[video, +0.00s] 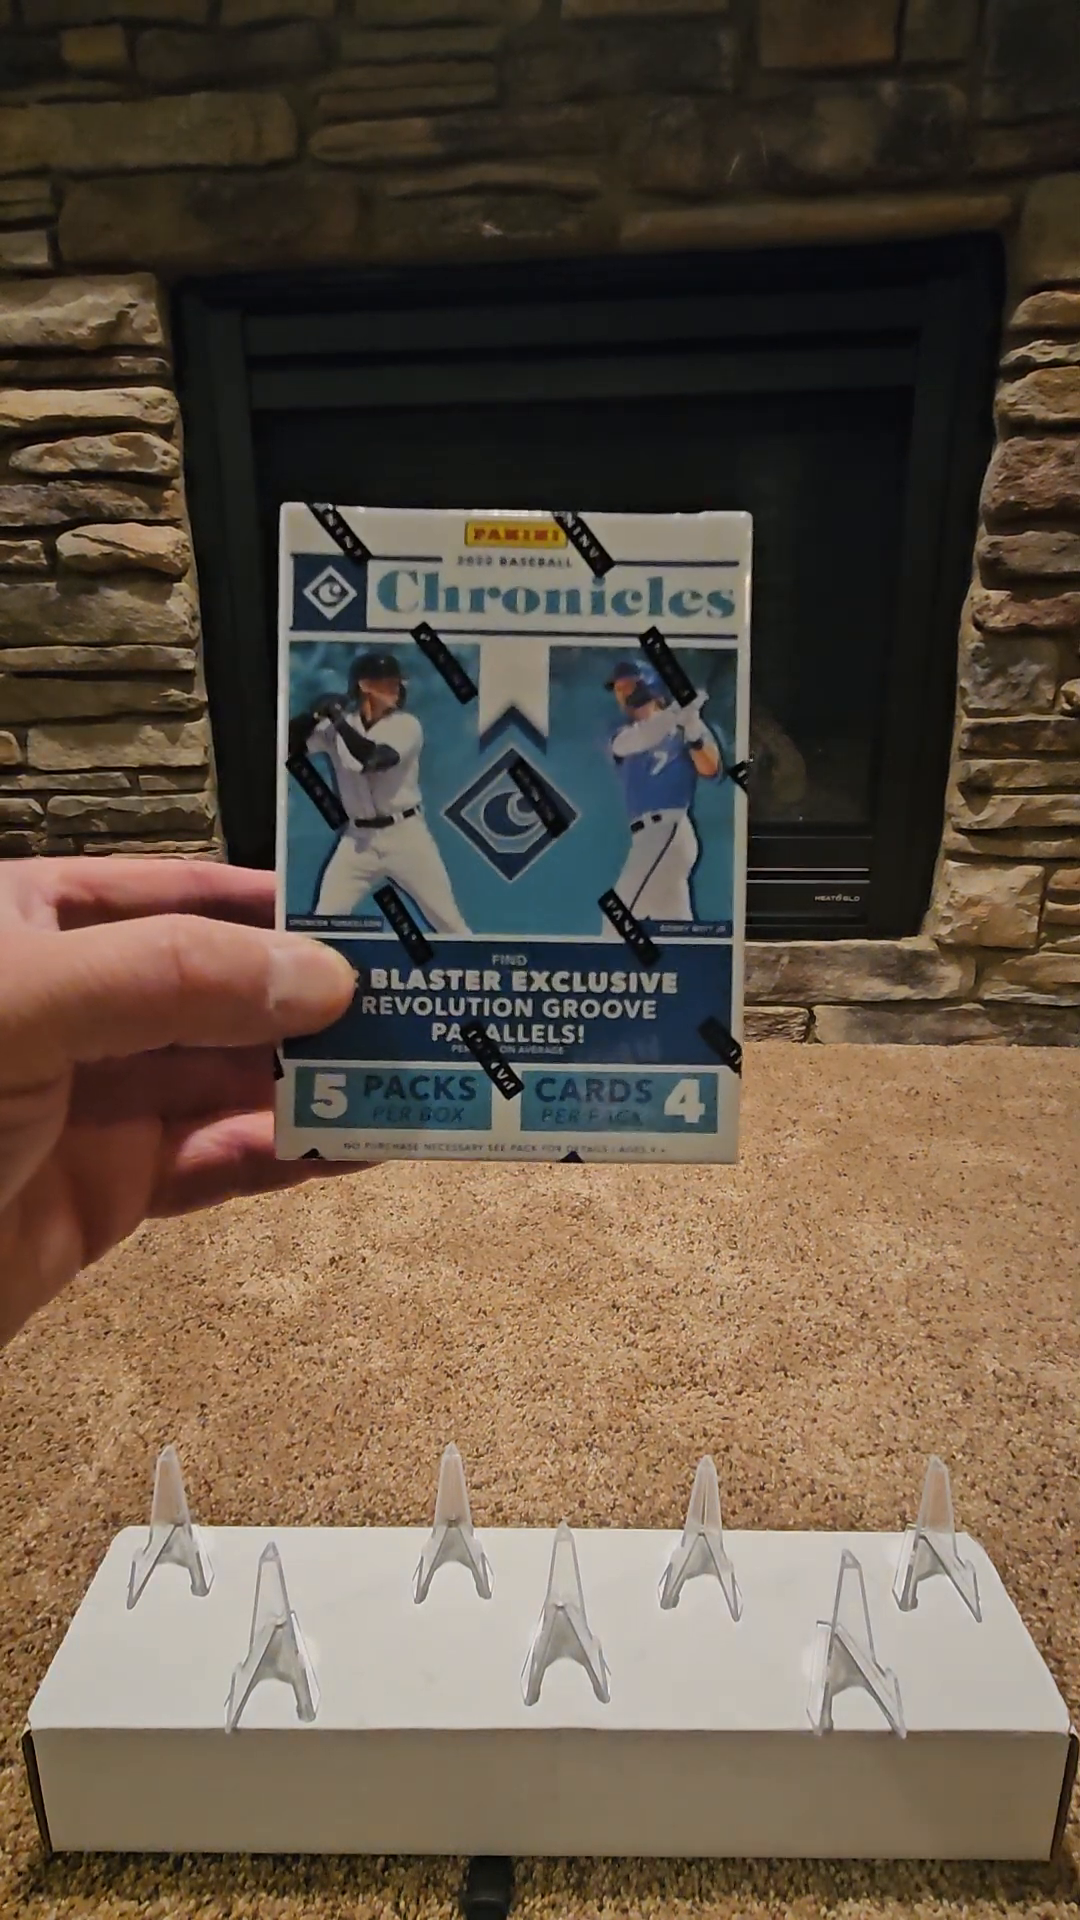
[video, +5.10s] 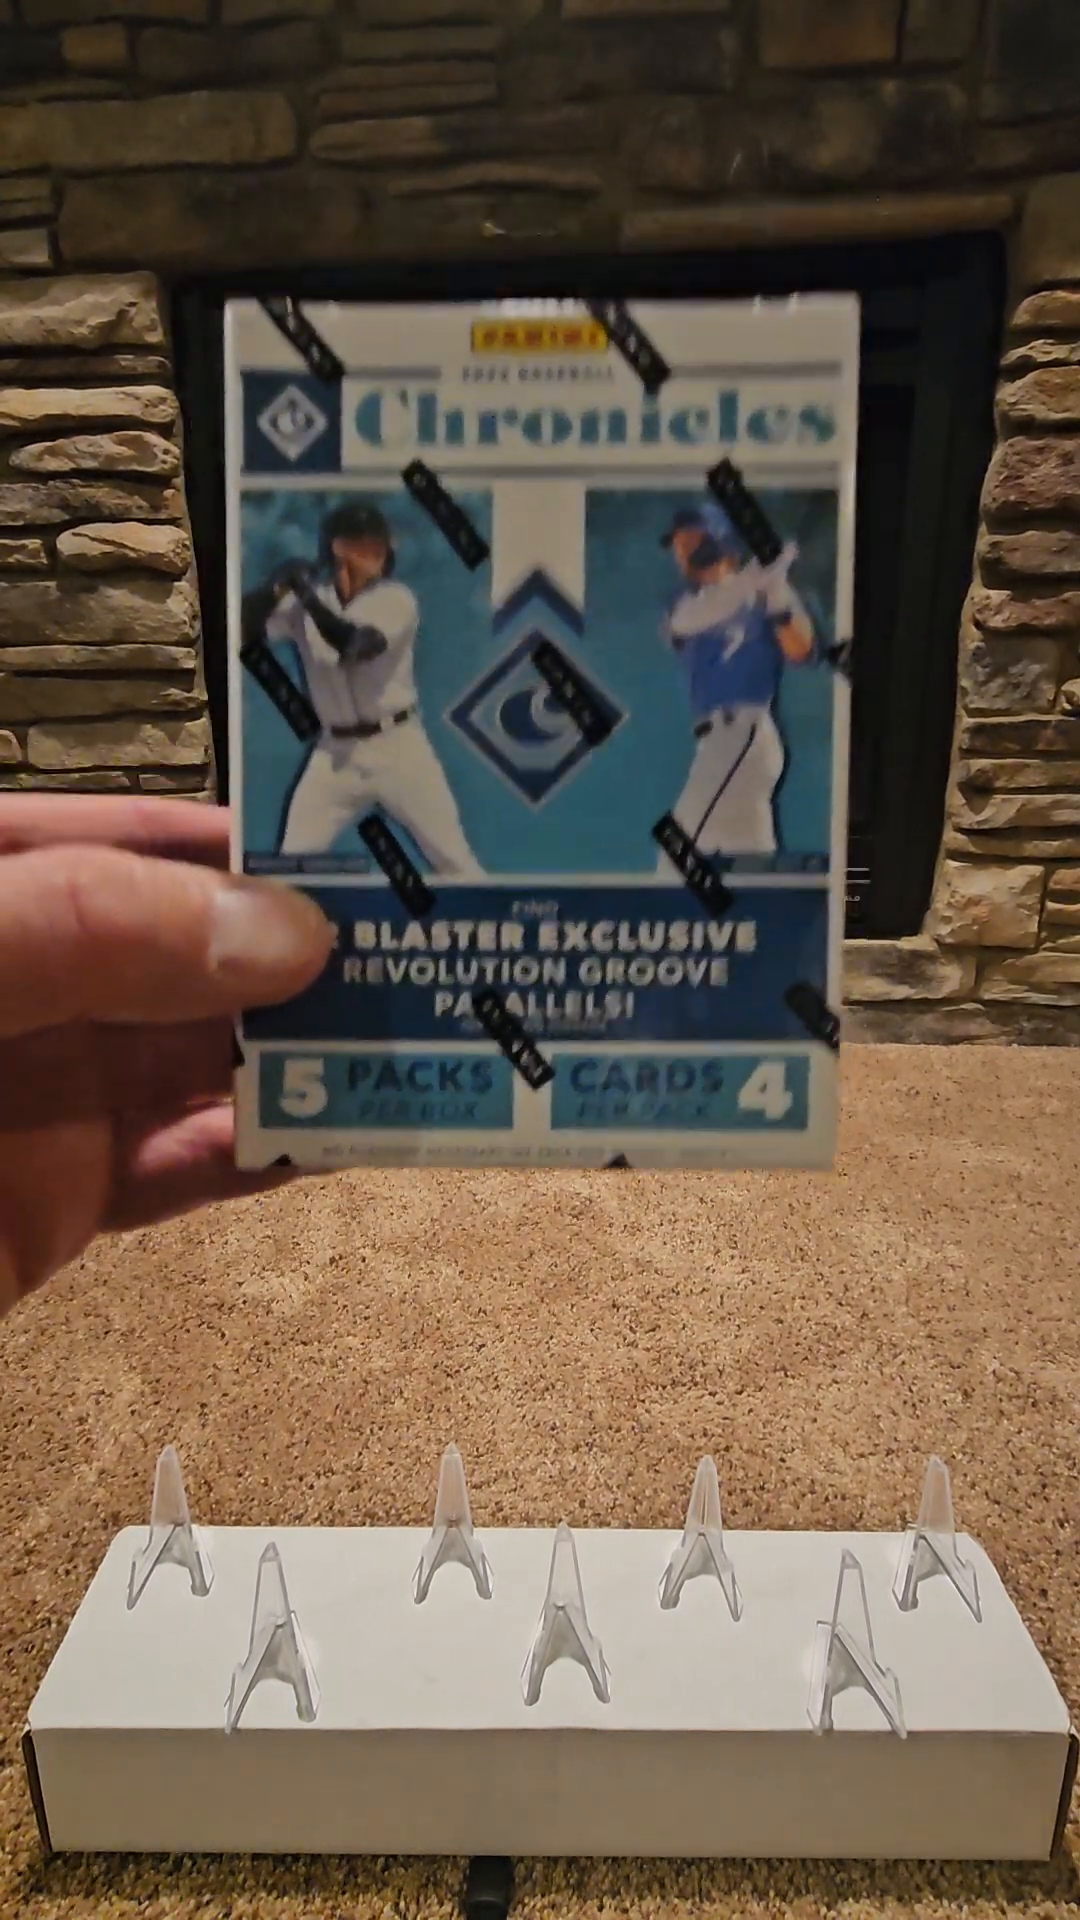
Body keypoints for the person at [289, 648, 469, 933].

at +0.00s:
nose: (396, 686)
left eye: (397, 680)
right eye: (388, 680)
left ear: (400, 685)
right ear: (365, 686)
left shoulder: (406, 725)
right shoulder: (335, 730)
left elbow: (373, 760)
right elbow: (288, 746)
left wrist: (338, 719)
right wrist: (313, 716)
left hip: (406, 836)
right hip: (357, 840)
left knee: (449, 922)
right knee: (325, 922)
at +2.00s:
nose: (390, 679)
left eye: (390, 673)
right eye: (381, 673)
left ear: (393, 679)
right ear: (357, 678)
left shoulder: (399, 718)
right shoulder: (327, 723)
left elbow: (366, 754)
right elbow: (282, 740)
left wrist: (330, 714)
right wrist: (306, 710)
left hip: (401, 832)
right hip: (351, 836)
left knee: (444, 918)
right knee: (319, 920)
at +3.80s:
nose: (371, 651)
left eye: (371, 644)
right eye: (361, 644)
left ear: (375, 649)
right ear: (335, 650)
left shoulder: (381, 693)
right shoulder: (303, 699)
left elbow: (344, 731)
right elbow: (255, 716)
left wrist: (307, 689)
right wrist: (282, 683)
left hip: (384, 816)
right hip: (330, 820)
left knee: (428, 906)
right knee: (297, 912)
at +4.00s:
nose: (336, 601)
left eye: (337, 594)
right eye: (326, 594)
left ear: (340, 599)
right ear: (300, 601)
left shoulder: (349, 645)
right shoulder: (266, 650)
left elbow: (311, 686)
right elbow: (216, 669)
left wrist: (270, 641)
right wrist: (243, 635)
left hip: (352, 774)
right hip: (296, 779)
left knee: (400, 871)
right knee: (261, 875)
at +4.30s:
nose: (342, 551)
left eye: (343, 543)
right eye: (331, 543)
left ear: (348, 550)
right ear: (304, 551)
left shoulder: (356, 600)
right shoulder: (269, 606)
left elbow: (317, 643)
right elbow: (213, 622)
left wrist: (272, 595)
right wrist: (243, 591)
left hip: (361, 738)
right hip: (301, 744)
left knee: (413, 840)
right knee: (265, 848)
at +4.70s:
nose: (368, 501)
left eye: (370, 492)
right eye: (356, 492)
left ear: (377, 498)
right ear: (327, 499)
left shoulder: (385, 553)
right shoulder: (290, 559)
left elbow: (341, 602)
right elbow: (227, 583)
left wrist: (292, 548)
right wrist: (261, 543)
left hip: (389, 708)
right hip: (323, 714)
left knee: (446, 824)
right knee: (282, 829)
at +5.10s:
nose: (374, 549)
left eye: (379, 541)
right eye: (362, 540)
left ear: (387, 549)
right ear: (337, 547)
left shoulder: (396, 599)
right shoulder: (304, 604)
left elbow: (355, 646)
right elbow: (245, 631)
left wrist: (306, 595)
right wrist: (274, 589)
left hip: (399, 747)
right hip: (334, 753)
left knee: (454, 861)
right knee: (294, 864)